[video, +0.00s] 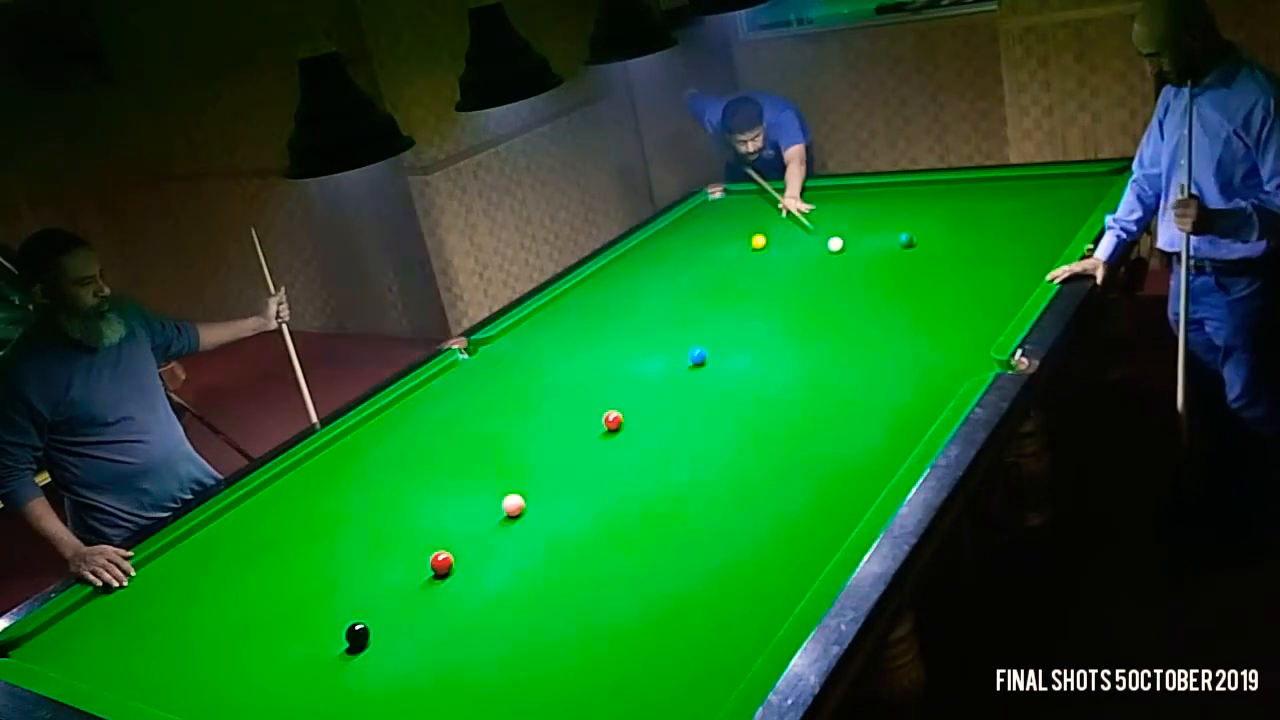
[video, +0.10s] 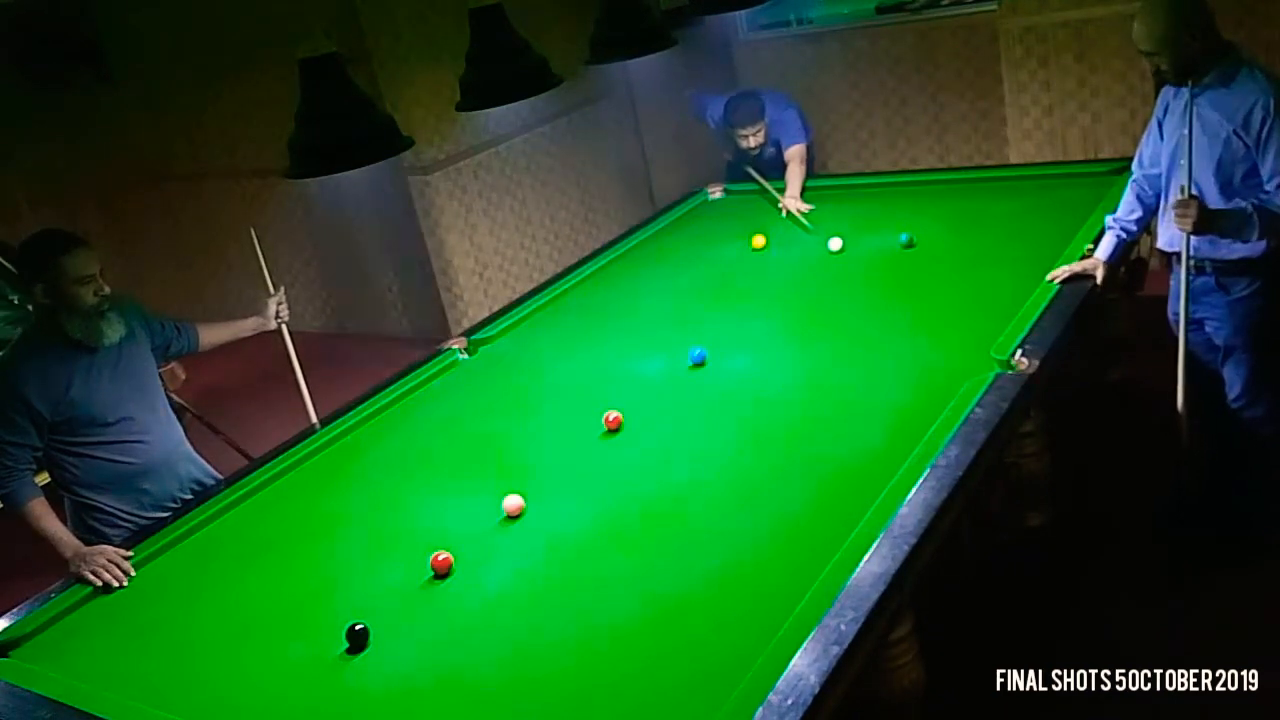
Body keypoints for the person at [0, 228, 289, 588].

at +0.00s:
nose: (102, 290)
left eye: (100, 277)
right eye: (84, 283)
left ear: (104, 272)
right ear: (44, 295)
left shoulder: (127, 320)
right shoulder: (24, 372)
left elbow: (185, 336)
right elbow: (13, 476)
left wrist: (261, 321)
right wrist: (75, 551)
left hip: (205, 503)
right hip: (130, 543)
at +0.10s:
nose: (102, 289)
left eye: (100, 276)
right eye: (85, 282)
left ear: (104, 270)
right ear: (45, 294)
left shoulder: (127, 320)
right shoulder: (24, 371)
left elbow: (184, 337)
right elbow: (13, 477)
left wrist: (261, 321)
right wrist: (75, 551)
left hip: (204, 502)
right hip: (129, 543)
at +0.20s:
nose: (105, 286)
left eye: (102, 274)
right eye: (89, 280)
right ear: (47, 293)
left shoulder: (125, 321)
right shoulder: (25, 371)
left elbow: (183, 337)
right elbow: (13, 477)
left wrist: (260, 321)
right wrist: (75, 552)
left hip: (204, 502)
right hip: (129, 543)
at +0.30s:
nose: (107, 284)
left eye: (102, 272)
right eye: (90, 278)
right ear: (50, 294)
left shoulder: (126, 323)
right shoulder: (26, 371)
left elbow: (183, 337)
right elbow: (12, 477)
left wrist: (260, 321)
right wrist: (75, 551)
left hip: (204, 503)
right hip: (129, 543)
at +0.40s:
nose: (108, 283)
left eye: (102, 271)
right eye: (91, 277)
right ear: (51, 293)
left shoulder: (124, 323)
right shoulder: (25, 371)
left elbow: (182, 337)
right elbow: (13, 476)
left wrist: (259, 321)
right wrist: (75, 552)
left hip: (205, 503)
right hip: (130, 544)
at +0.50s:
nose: (108, 282)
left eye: (102, 270)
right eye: (91, 275)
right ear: (52, 292)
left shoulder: (123, 320)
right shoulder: (25, 371)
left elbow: (180, 338)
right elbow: (13, 477)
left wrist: (258, 321)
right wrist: (75, 552)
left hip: (204, 503)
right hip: (129, 543)